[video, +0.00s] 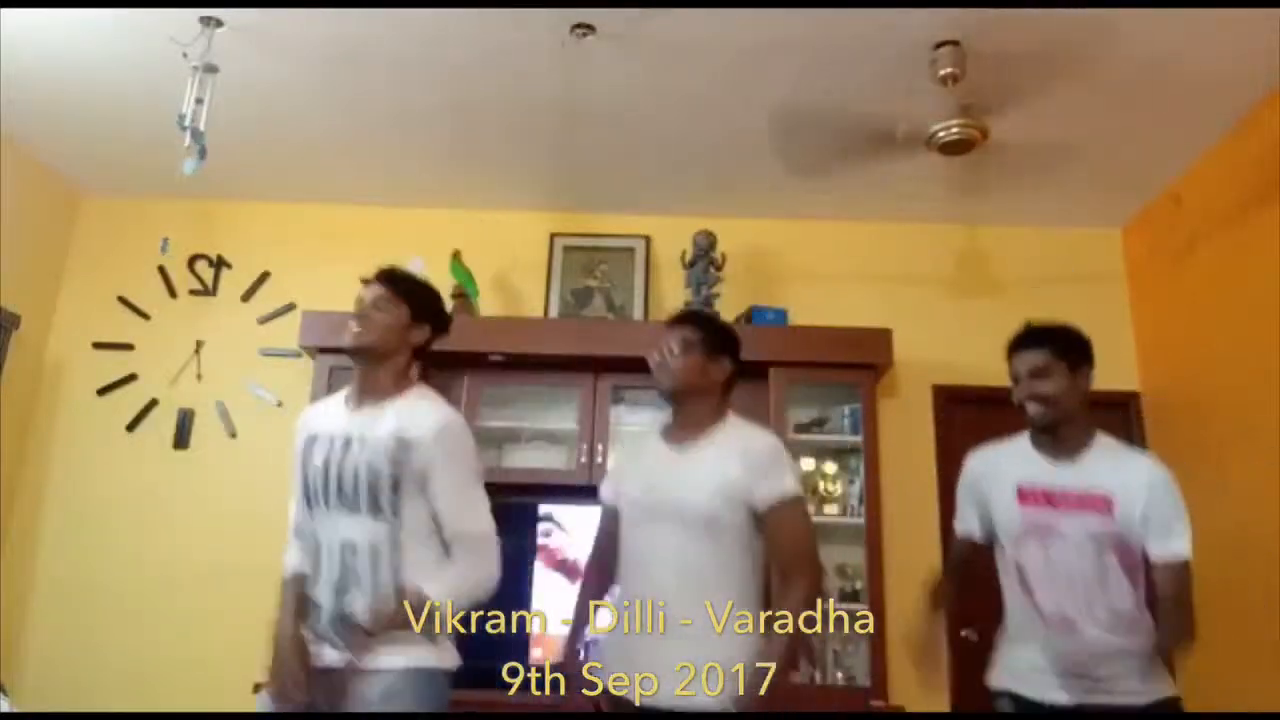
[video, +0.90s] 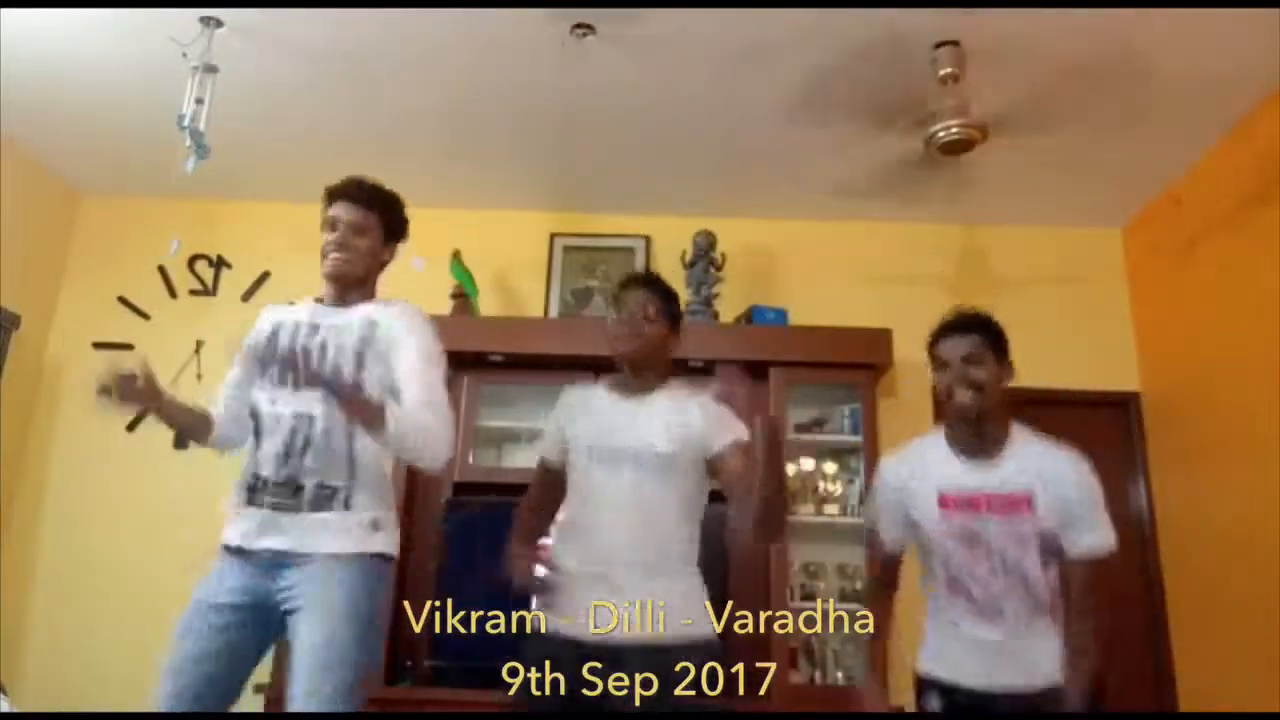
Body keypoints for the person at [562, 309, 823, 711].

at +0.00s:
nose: (662, 359)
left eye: (681, 350)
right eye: (661, 350)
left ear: (721, 368)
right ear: (653, 360)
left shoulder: (757, 451)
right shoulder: (632, 455)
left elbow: (800, 575)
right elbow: (602, 563)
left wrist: (772, 676)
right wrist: (572, 648)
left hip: (721, 690)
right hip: (628, 683)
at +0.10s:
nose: (646, 323)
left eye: (665, 315)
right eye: (648, 313)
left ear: (703, 333)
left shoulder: (736, 408)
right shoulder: (628, 411)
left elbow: (770, 541)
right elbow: (602, 521)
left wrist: (700, 639)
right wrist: (535, 586)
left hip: (679, 653)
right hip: (594, 644)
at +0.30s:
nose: (592, 381)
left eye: (608, 367)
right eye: (592, 367)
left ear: (650, 380)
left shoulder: (685, 451)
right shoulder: (595, 469)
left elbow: (688, 590)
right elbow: (556, 579)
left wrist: (714, 605)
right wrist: (476, 602)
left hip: (622, 686)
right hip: (550, 681)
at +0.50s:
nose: (587, 364)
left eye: (605, 353)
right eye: (586, 353)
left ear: (644, 367)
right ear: (582, 359)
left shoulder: (679, 436)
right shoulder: (578, 448)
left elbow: (693, 568)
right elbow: (524, 558)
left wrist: (739, 582)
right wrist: (426, 585)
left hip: (612, 671)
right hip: (531, 663)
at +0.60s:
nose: (600, 324)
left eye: (617, 314)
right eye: (595, 313)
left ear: (655, 334)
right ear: (584, 325)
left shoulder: (686, 402)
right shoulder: (572, 403)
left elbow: (711, 533)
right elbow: (529, 521)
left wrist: (741, 518)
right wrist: (422, 551)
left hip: (629, 632)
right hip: (542, 625)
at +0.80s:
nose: (618, 302)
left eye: (634, 292)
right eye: (611, 292)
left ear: (666, 315)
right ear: (599, 306)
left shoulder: (699, 387)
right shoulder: (574, 381)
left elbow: (747, 507)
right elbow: (537, 486)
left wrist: (755, 462)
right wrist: (489, 533)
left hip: (662, 609)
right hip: (564, 604)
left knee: (657, 707)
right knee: (543, 708)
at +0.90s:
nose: (632, 328)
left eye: (648, 318)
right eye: (622, 316)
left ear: (675, 334)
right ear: (609, 327)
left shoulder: (701, 412)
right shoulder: (576, 404)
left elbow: (752, 504)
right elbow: (543, 494)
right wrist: (520, 546)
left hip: (671, 637)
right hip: (573, 632)